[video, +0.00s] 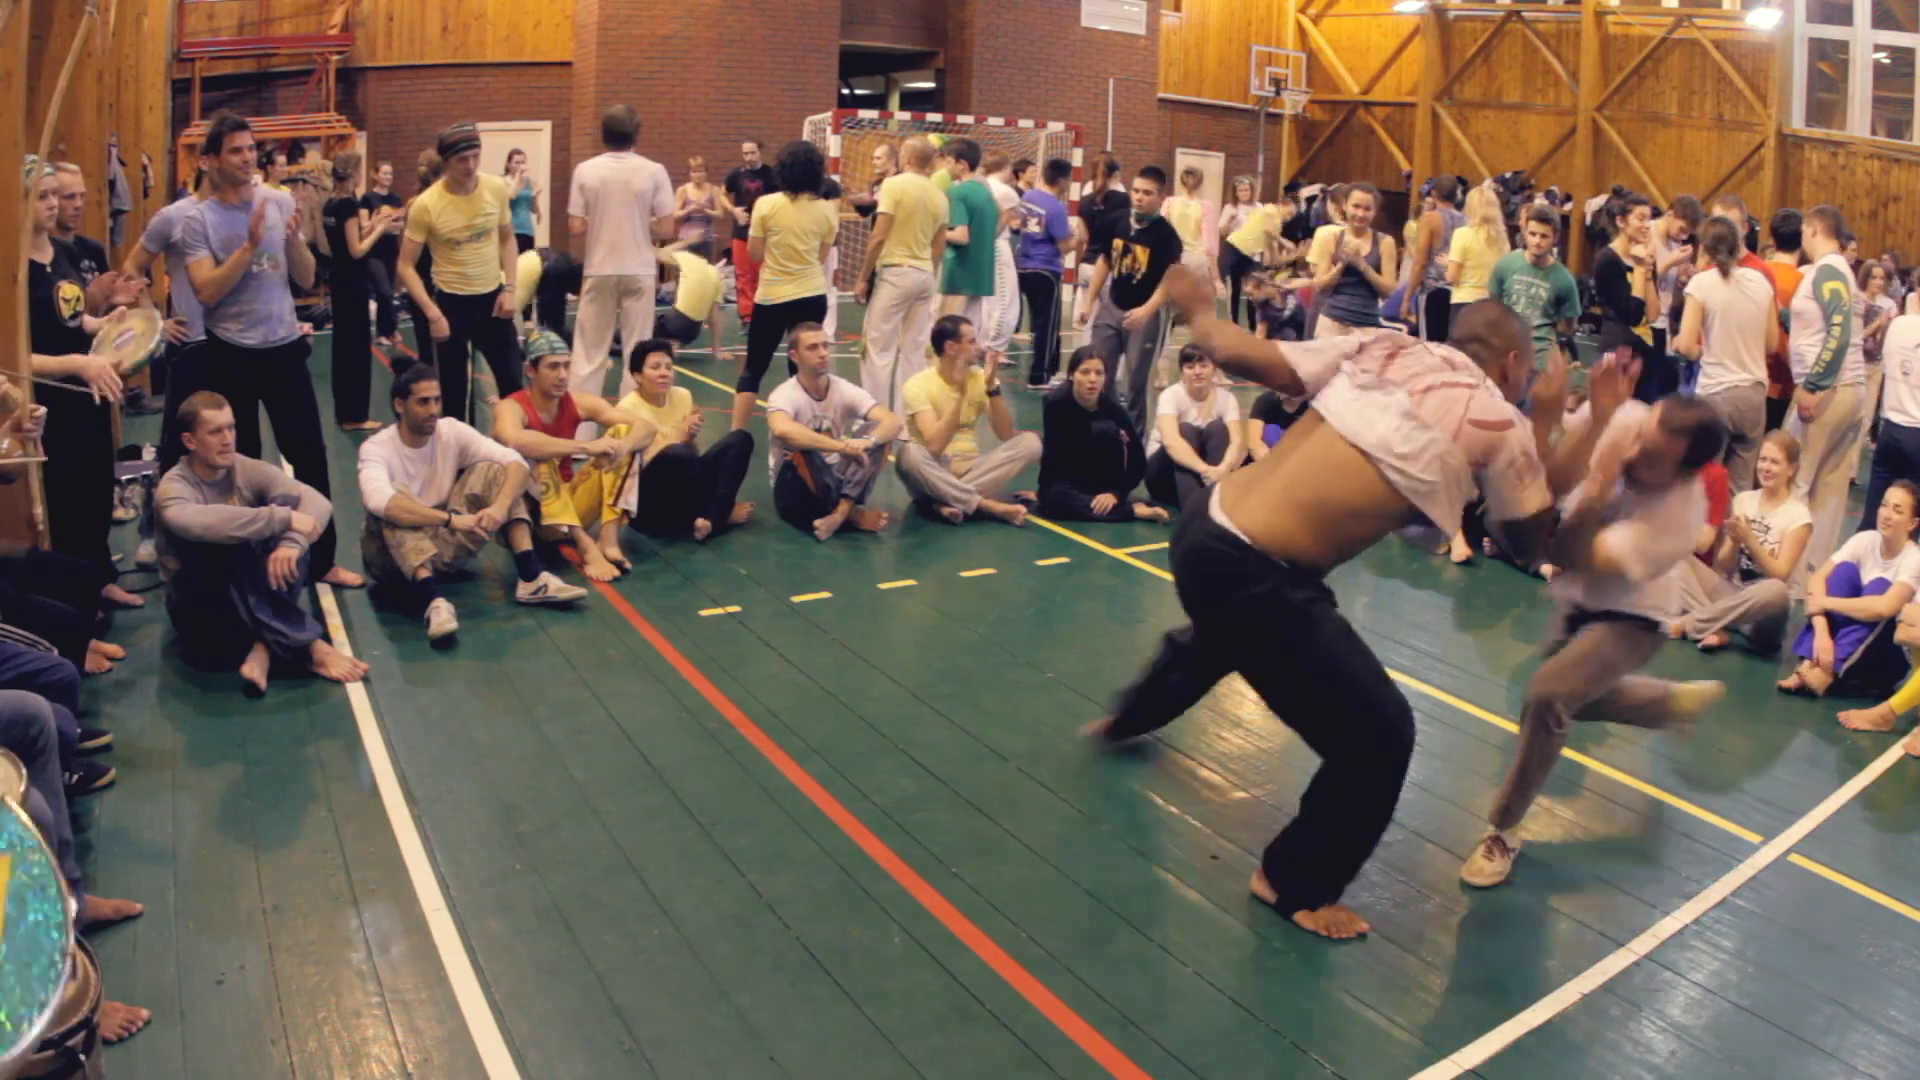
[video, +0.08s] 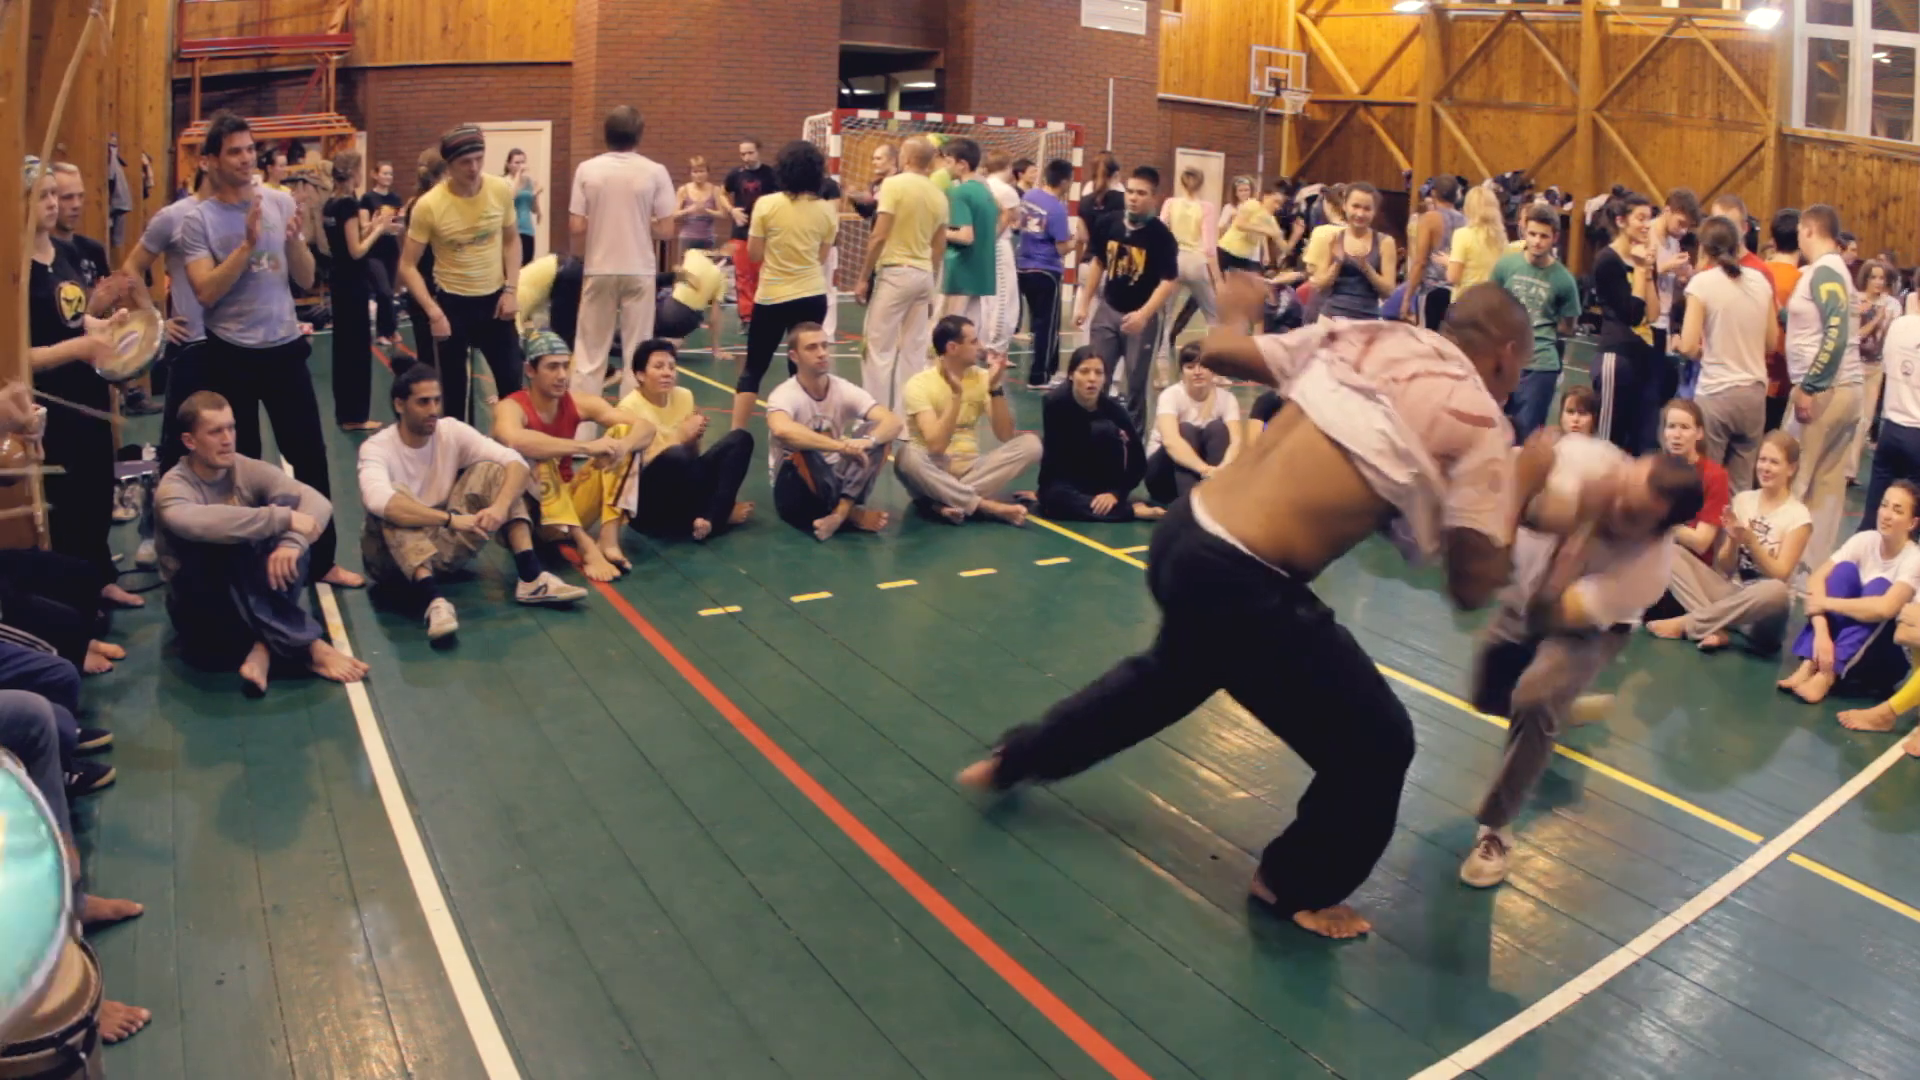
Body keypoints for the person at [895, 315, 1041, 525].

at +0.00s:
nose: (979, 348)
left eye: (976, 341)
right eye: (972, 342)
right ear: (950, 348)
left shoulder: (980, 378)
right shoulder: (917, 386)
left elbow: (1005, 434)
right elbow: (934, 445)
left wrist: (993, 387)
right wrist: (959, 395)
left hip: (975, 466)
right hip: (937, 469)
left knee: (1031, 443)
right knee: (909, 454)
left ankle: (954, 503)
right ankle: (985, 505)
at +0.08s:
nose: (980, 347)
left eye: (978, 341)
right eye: (974, 342)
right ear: (952, 347)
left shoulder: (982, 378)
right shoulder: (918, 385)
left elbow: (1005, 435)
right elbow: (935, 445)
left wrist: (996, 387)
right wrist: (956, 397)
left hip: (973, 464)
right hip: (936, 466)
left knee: (1031, 445)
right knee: (908, 458)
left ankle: (955, 503)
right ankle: (984, 506)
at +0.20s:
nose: (981, 347)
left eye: (978, 341)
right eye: (974, 342)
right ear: (953, 348)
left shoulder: (986, 380)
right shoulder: (918, 386)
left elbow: (1005, 435)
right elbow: (937, 443)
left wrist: (985, 389)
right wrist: (970, 403)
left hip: (973, 464)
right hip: (935, 465)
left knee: (1031, 446)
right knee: (907, 459)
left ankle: (955, 503)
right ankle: (984, 506)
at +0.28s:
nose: (981, 348)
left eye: (979, 341)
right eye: (975, 342)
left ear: (957, 348)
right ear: (954, 348)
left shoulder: (985, 379)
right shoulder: (919, 385)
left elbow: (1007, 435)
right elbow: (936, 444)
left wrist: (992, 389)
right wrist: (961, 393)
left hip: (974, 464)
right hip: (936, 465)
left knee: (1031, 445)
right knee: (907, 459)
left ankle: (955, 503)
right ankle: (985, 506)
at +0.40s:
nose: (982, 346)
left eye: (979, 340)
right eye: (975, 341)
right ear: (954, 348)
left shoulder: (982, 377)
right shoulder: (919, 385)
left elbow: (1007, 433)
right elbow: (936, 444)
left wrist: (995, 384)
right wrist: (957, 397)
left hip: (975, 465)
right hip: (937, 468)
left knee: (1030, 444)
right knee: (908, 458)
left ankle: (958, 503)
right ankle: (983, 505)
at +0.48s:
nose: (981, 346)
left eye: (979, 340)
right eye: (974, 341)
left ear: (955, 348)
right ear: (954, 348)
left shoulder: (982, 377)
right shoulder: (919, 386)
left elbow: (1006, 431)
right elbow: (937, 442)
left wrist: (985, 380)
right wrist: (972, 405)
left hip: (974, 463)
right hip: (935, 464)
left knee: (1006, 458)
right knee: (908, 457)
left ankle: (964, 506)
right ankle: (976, 499)